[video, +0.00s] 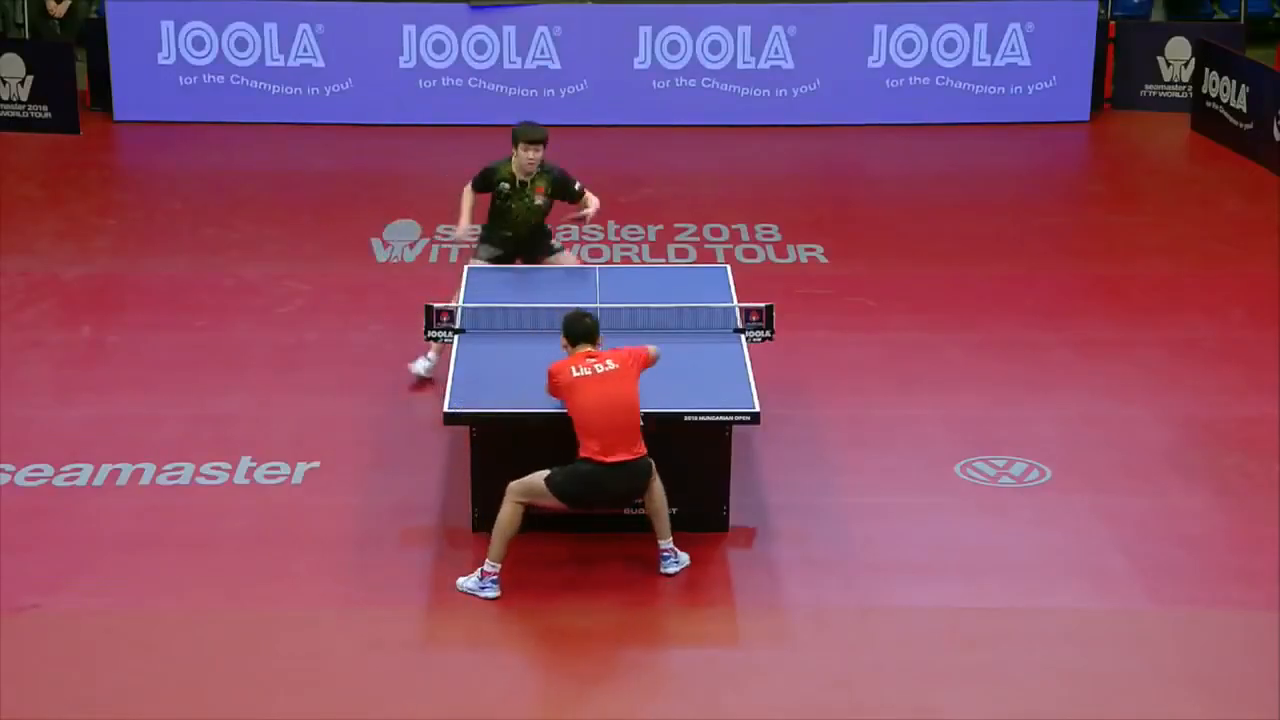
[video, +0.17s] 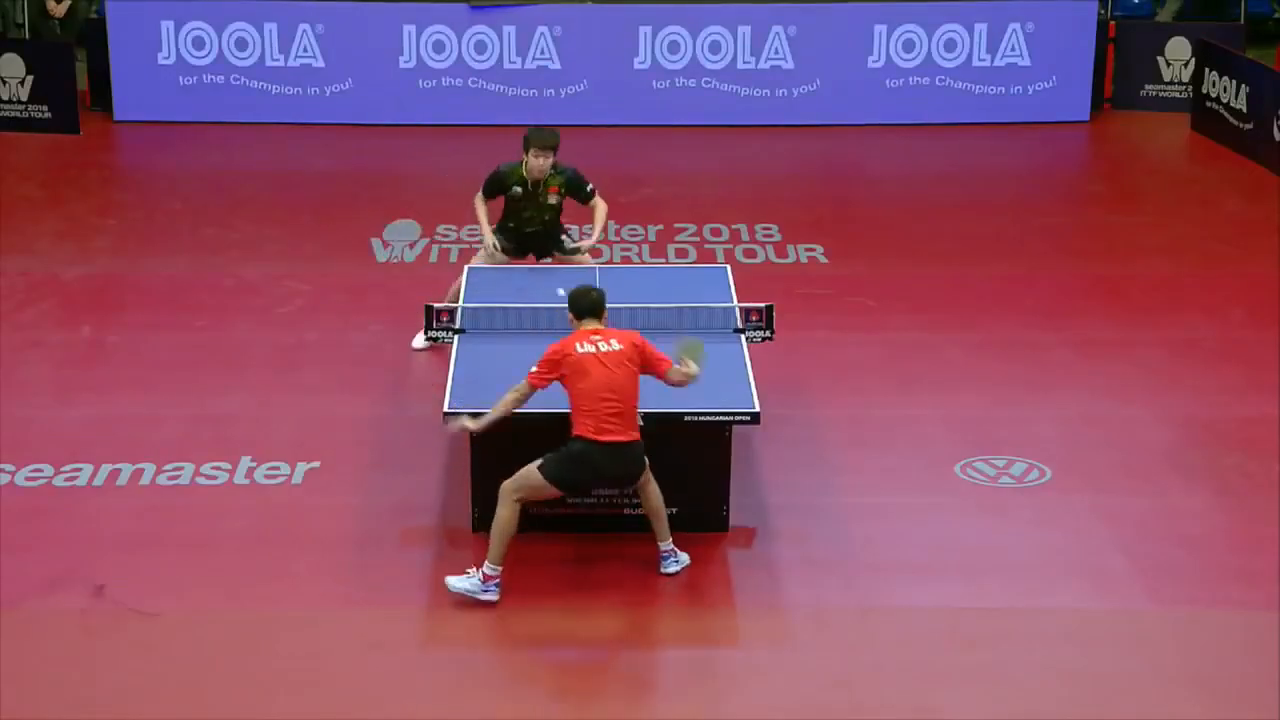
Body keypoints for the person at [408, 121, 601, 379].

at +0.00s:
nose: (533, 156)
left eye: (538, 150)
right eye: (527, 150)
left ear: (544, 151)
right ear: (515, 150)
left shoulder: (553, 176)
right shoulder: (498, 172)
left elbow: (589, 198)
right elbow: (470, 189)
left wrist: (590, 208)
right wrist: (464, 223)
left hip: (536, 242)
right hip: (496, 242)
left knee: (576, 272)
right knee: (465, 294)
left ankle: (584, 343)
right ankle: (432, 356)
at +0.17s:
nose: (542, 163)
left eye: (547, 157)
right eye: (536, 156)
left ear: (554, 157)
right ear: (525, 155)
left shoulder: (566, 176)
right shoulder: (507, 174)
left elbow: (600, 205)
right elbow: (480, 199)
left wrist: (594, 238)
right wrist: (486, 232)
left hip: (552, 239)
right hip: (511, 238)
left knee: (589, 270)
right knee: (471, 274)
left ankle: (595, 331)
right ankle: (436, 327)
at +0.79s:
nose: (545, 131)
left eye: (551, 125)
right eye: (540, 125)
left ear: (560, 125)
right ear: (532, 122)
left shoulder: (572, 145)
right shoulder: (518, 141)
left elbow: (613, 168)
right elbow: (504, 159)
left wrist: (598, 189)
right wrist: (494, 191)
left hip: (563, 208)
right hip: (524, 207)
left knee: (606, 254)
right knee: (480, 255)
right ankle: (461, 306)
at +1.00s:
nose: (544, 169)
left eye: (550, 164)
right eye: (541, 163)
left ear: (560, 164)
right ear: (534, 160)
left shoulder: (575, 181)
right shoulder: (520, 176)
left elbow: (608, 208)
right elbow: (494, 202)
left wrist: (584, 235)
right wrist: (507, 225)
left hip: (565, 232)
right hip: (527, 230)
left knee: (610, 267)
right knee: (485, 263)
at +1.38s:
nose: (507, 125)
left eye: (512, 119)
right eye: (502, 119)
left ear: (520, 119)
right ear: (493, 117)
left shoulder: (531, 140)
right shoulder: (478, 138)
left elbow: (569, 165)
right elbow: (458, 153)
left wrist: (565, 178)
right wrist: (444, 184)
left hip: (527, 209)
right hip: (489, 209)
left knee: (569, 259)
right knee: (456, 261)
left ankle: (589, 319)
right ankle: (433, 318)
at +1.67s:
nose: (542, 149)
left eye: (545, 143)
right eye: (536, 143)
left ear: (549, 142)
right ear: (520, 139)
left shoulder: (551, 161)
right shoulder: (492, 161)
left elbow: (574, 184)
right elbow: (476, 192)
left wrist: (572, 204)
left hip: (538, 221)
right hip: (501, 223)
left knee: (576, 266)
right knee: (461, 270)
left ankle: (593, 324)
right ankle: (430, 319)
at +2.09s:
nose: (560, 160)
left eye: (564, 154)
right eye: (554, 154)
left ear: (570, 153)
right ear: (543, 152)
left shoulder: (580, 171)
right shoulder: (526, 175)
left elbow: (608, 187)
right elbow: (503, 201)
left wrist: (614, 191)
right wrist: (502, 225)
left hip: (576, 237)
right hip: (537, 238)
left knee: (622, 267)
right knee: (492, 262)